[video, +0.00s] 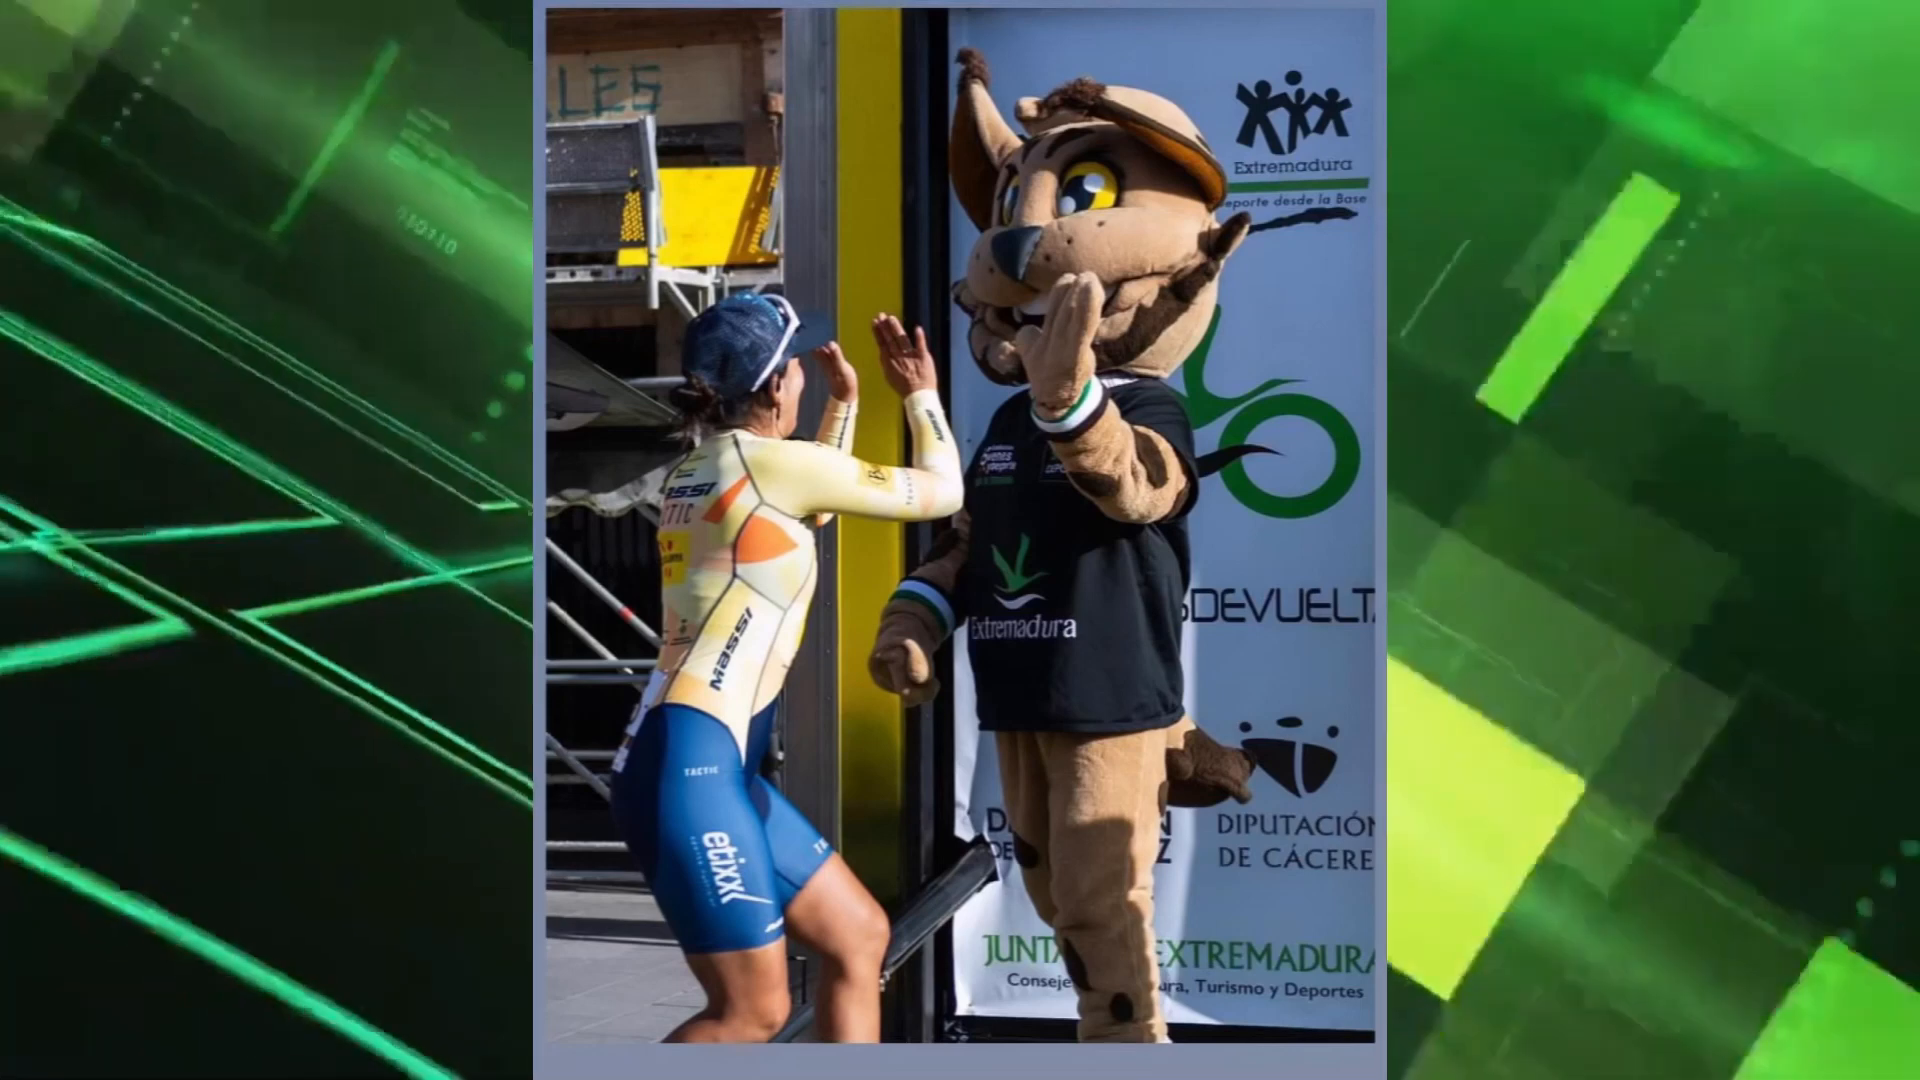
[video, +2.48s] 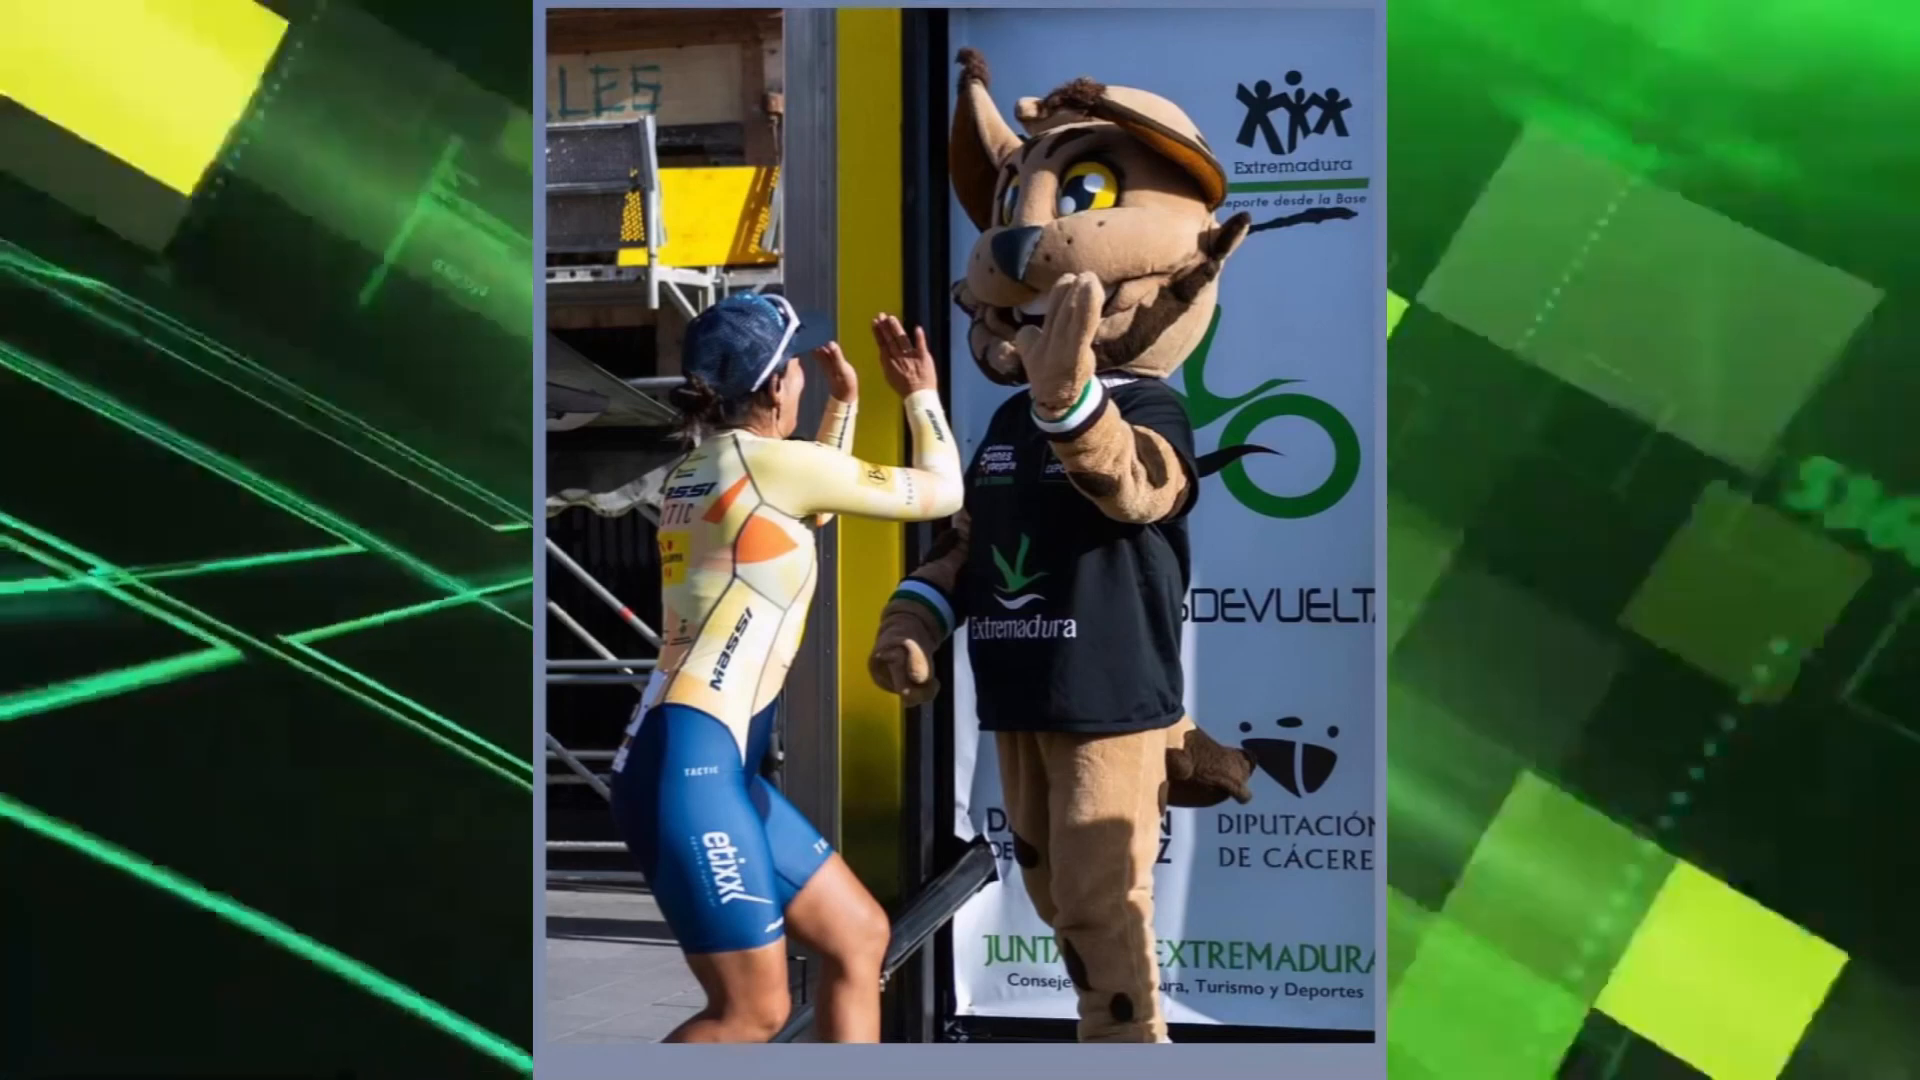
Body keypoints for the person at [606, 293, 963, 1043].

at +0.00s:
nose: (803, 377)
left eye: (799, 362)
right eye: (796, 364)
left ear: (714, 387)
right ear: (777, 380)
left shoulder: (694, 471)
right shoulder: (781, 465)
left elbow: (798, 494)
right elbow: (938, 492)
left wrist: (841, 411)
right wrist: (924, 395)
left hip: (714, 769)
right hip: (686, 774)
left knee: (860, 934)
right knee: (754, 1010)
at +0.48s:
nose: (803, 377)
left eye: (799, 363)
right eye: (796, 364)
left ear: (715, 387)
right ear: (776, 380)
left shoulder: (692, 471)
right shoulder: (778, 465)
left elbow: (798, 494)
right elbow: (938, 492)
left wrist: (840, 412)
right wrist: (924, 395)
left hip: (714, 770)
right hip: (686, 774)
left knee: (860, 934)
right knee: (754, 1010)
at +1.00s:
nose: (803, 377)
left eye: (800, 363)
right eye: (796, 364)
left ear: (715, 387)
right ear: (776, 380)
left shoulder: (692, 471)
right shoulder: (778, 465)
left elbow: (797, 494)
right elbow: (938, 492)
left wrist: (840, 412)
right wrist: (924, 396)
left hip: (714, 770)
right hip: (686, 774)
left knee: (860, 934)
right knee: (754, 1010)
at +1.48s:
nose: (803, 377)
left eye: (800, 363)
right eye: (796, 364)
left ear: (715, 387)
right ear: (776, 380)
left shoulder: (692, 471)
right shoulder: (778, 465)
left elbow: (798, 494)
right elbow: (938, 492)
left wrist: (840, 412)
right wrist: (924, 395)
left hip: (714, 770)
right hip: (686, 774)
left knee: (860, 934)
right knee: (754, 1010)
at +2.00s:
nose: (803, 377)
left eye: (799, 363)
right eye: (796, 364)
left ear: (716, 387)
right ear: (776, 381)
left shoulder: (693, 471)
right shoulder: (778, 465)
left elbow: (801, 495)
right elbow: (939, 492)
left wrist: (840, 411)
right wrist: (924, 396)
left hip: (714, 769)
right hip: (686, 774)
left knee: (860, 933)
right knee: (754, 1009)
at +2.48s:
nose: (803, 377)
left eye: (800, 363)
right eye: (796, 364)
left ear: (715, 387)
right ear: (776, 381)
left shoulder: (692, 471)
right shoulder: (778, 465)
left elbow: (798, 494)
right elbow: (938, 492)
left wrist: (840, 412)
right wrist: (924, 396)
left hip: (714, 770)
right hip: (686, 774)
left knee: (860, 934)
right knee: (754, 1010)